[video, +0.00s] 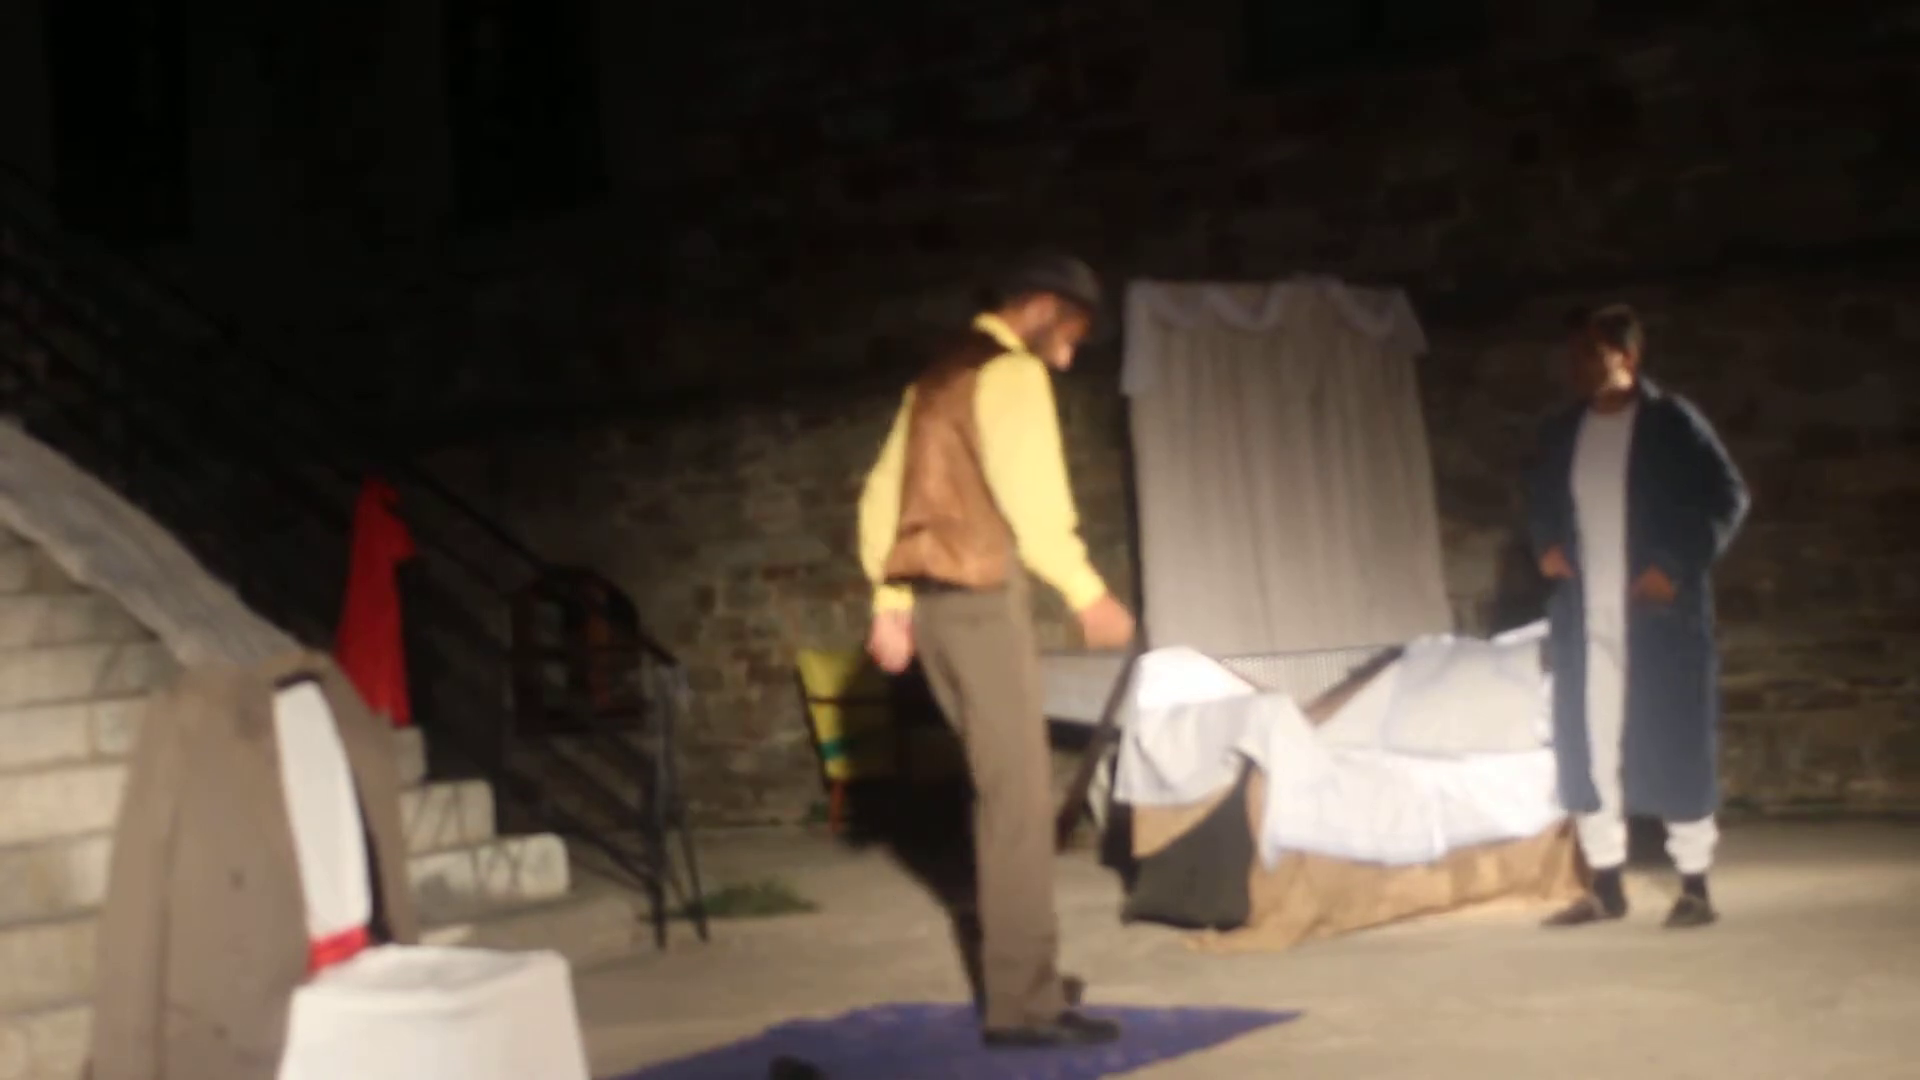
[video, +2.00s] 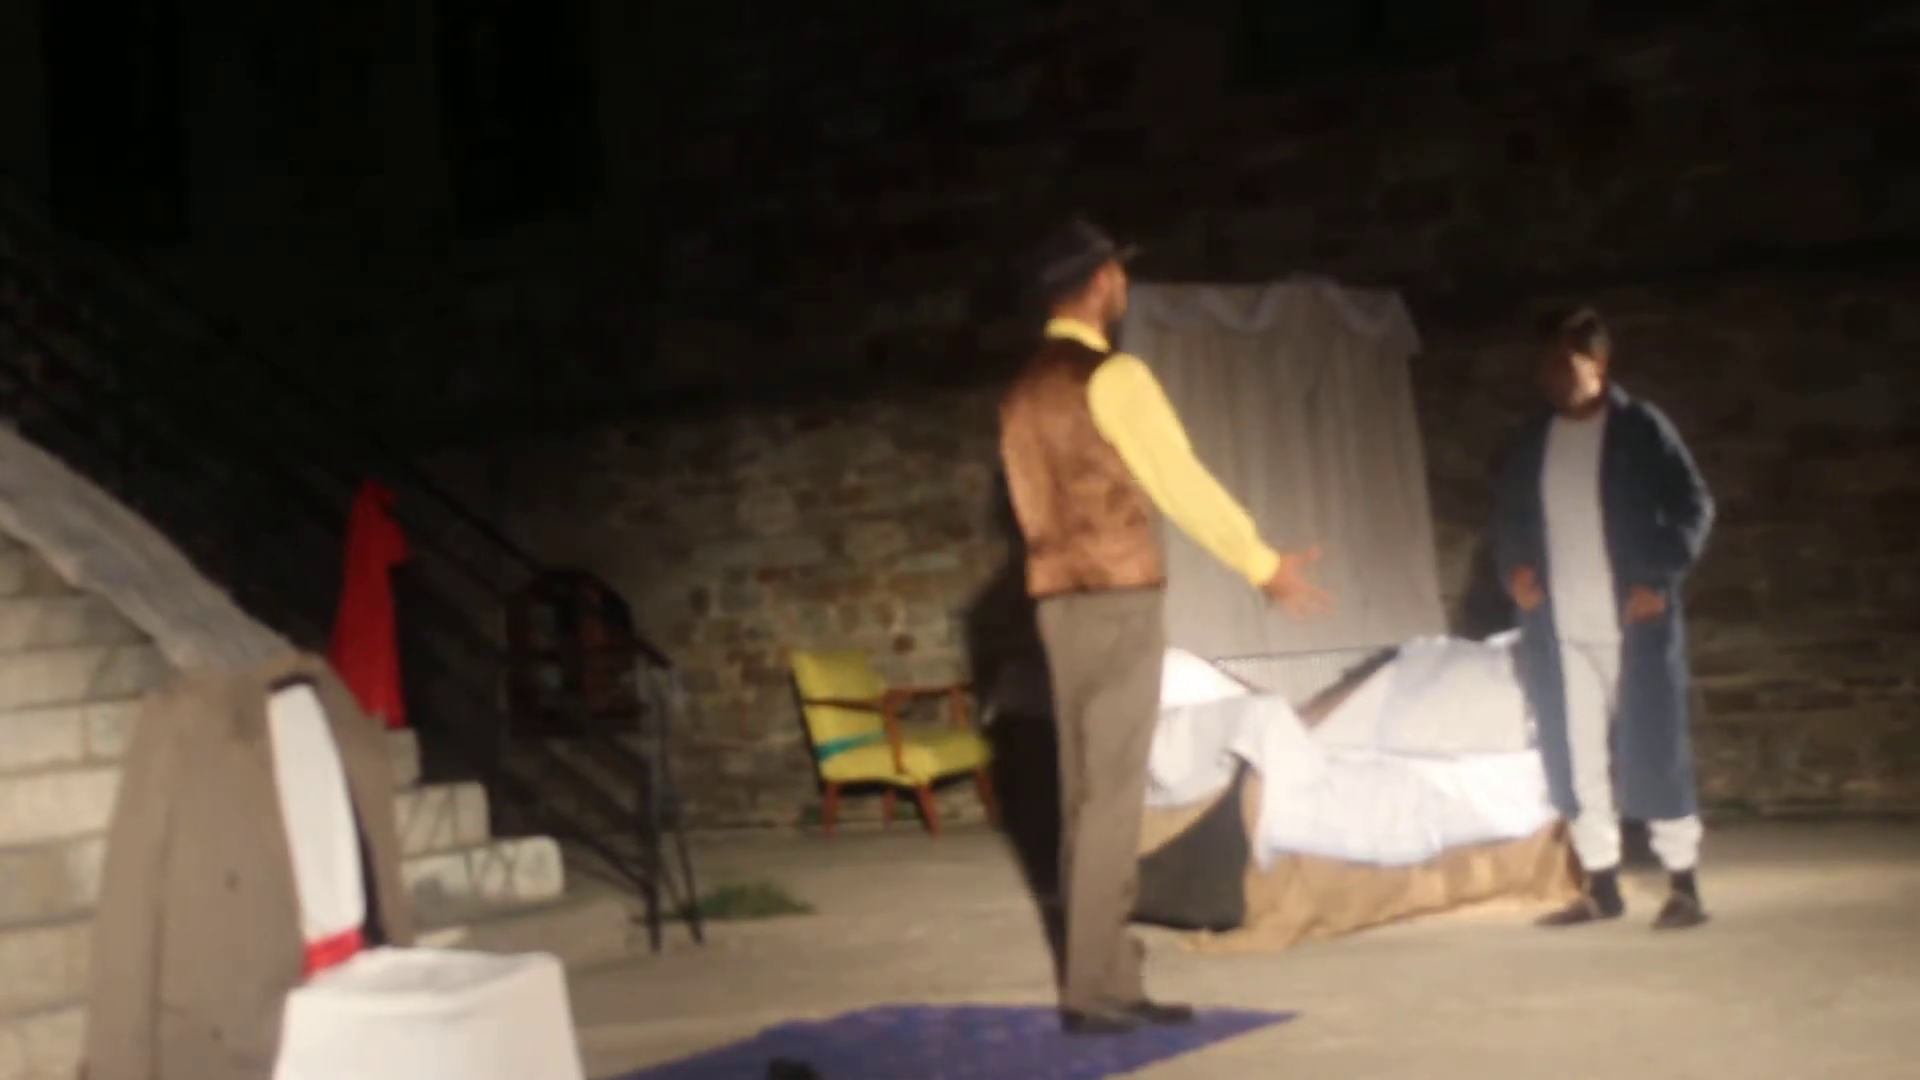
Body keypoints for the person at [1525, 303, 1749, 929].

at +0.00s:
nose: (1588, 368)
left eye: (1599, 356)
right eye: (1581, 357)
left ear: (1629, 357)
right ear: (1572, 363)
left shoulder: (1672, 421)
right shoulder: (1558, 431)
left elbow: (1727, 500)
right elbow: (1537, 494)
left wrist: (1675, 567)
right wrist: (1547, 541)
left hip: (1663, 622)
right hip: (1586, 624)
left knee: (1678, 743)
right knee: (1586, 745)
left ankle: (1694, 886)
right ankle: (1605, 886)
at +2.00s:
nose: (1567, 375)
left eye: (1577, 361)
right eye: (1557, 364)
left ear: (1602, 362)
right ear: (1544, 371)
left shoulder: (1641, 427)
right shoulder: (1527, 442)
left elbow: (1692, 507)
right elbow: (1506, 518)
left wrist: (1659, 579)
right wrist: (1513, 567)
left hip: (1636, 629)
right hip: (1560, 634)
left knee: (1656, 749)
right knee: (1575, 756)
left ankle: (1683, 885)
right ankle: (1602, 887)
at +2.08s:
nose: (1563, 387)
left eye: (1572, 373)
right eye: (1551, 376)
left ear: (1597, 366)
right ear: (1537, 377)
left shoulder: (1638, 427)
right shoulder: (1524, 443)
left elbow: (1691, 508)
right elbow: (1502, 521)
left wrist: (1660, 580)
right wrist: (1507, 570)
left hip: (1632, 626)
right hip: (1557, 631)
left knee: (1654, 748)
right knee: (1575, 755)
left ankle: (1683, 882)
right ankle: (1598, 888)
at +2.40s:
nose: (1576, 433)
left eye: (1584, 422)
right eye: (1564, 427)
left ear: (1602, 396)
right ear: (1543, 416)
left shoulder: (1646, 428)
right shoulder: (1532, 450)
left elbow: (1712, 498)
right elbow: (1514, 518)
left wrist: (1679, 572)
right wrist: (1508, 569)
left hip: (1648, 629)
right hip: (1574, 635)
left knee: (1669, 749)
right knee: (1561, 759)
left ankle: (1681, 888)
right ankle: (1596, 888)